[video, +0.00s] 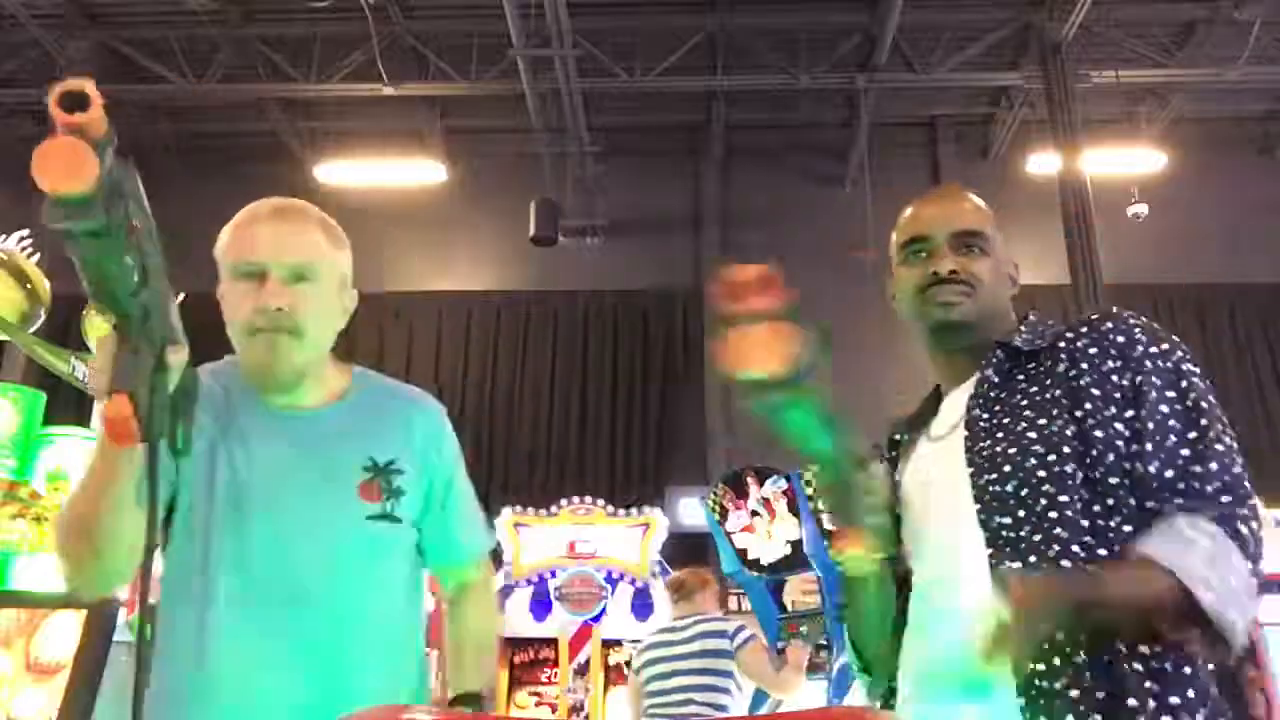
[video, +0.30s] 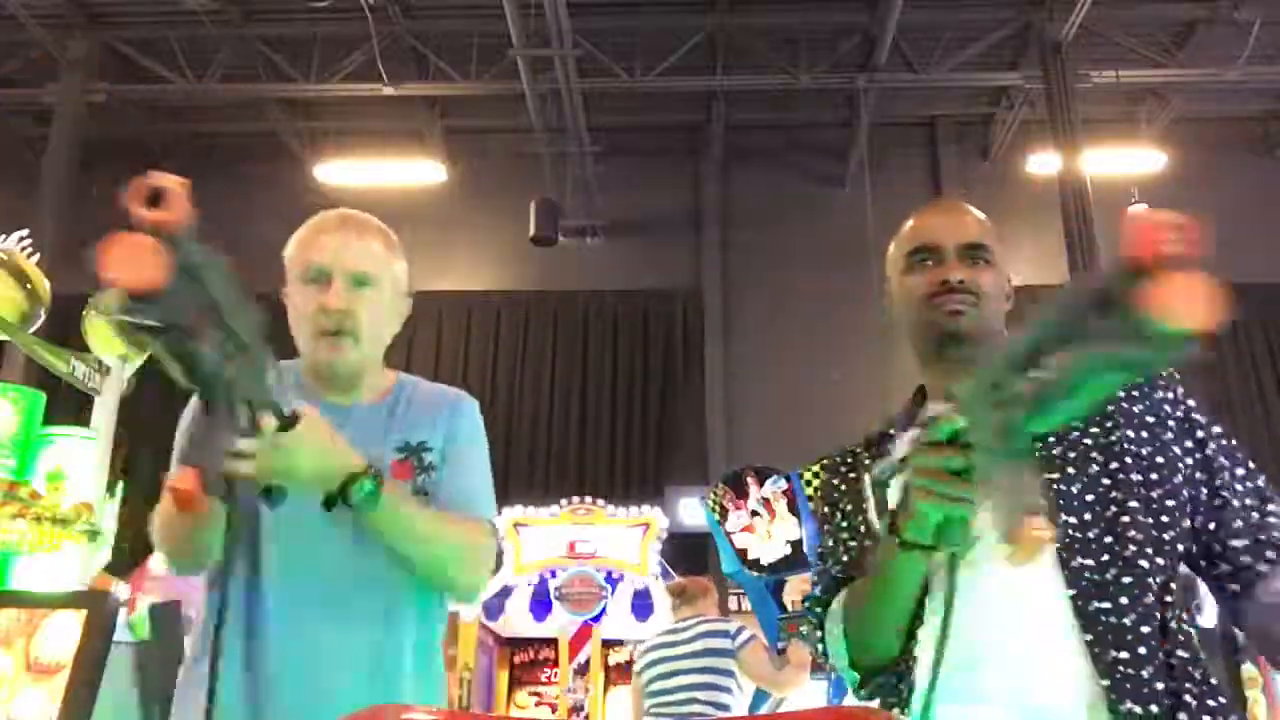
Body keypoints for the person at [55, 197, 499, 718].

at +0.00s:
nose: (272, 299)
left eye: (300, 277)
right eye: (249, 276)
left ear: (347, 300)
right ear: (219, 296)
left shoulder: (413, 424)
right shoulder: (178, 409)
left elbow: (469, 585)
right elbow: (90, 575)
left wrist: (470, 705)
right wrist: (122, 418)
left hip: (366, 707)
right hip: (195, 705)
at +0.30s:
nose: (335, 301)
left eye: (361, 283)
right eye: (316, 279)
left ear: (401, 308)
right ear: (286, 297)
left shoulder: (448, 417)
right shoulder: (230, 401)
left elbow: (470, 570)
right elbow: (185, 556)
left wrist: (347, 478)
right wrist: (189, 504)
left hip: (388, 705)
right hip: (239, 703)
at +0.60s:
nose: (260, 290)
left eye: (288, 271)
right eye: (241, 266)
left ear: (329, 301)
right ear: (208, 280)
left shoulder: (378, 403)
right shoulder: (139, 390)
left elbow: (401, 562)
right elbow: (119, 559)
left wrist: (271, 472)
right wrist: (171, 462)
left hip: (316, 707)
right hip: (153, 706)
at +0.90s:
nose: (303, 317)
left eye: (328, 300)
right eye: (284, 296)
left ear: (365, 330)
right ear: (251, 313)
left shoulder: (415, 426)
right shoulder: (195, 416)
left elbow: (437, 575)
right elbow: (179, 587)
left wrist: (310, 506)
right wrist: (223, 494)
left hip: (362, 709)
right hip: (206, 707)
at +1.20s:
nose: (302, 315)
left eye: (326, 298)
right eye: (282, 293)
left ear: (359, 326)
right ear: (243, 311)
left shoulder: (402, 423)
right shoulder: (186, 417)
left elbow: (410, 573)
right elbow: (147, 589)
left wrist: (255, 506)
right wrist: (145, 507)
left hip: (346, 708)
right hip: (196, 709)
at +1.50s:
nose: (338, 330)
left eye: (362, 315)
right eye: (318, 308)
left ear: (389, 337)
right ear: (280, 324)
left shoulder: (417, 436)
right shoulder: (216, 420)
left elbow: (453, 588)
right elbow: (219, 586)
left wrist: (369, 527)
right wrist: (292, 525)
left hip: (369, 711)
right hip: (222, 710)